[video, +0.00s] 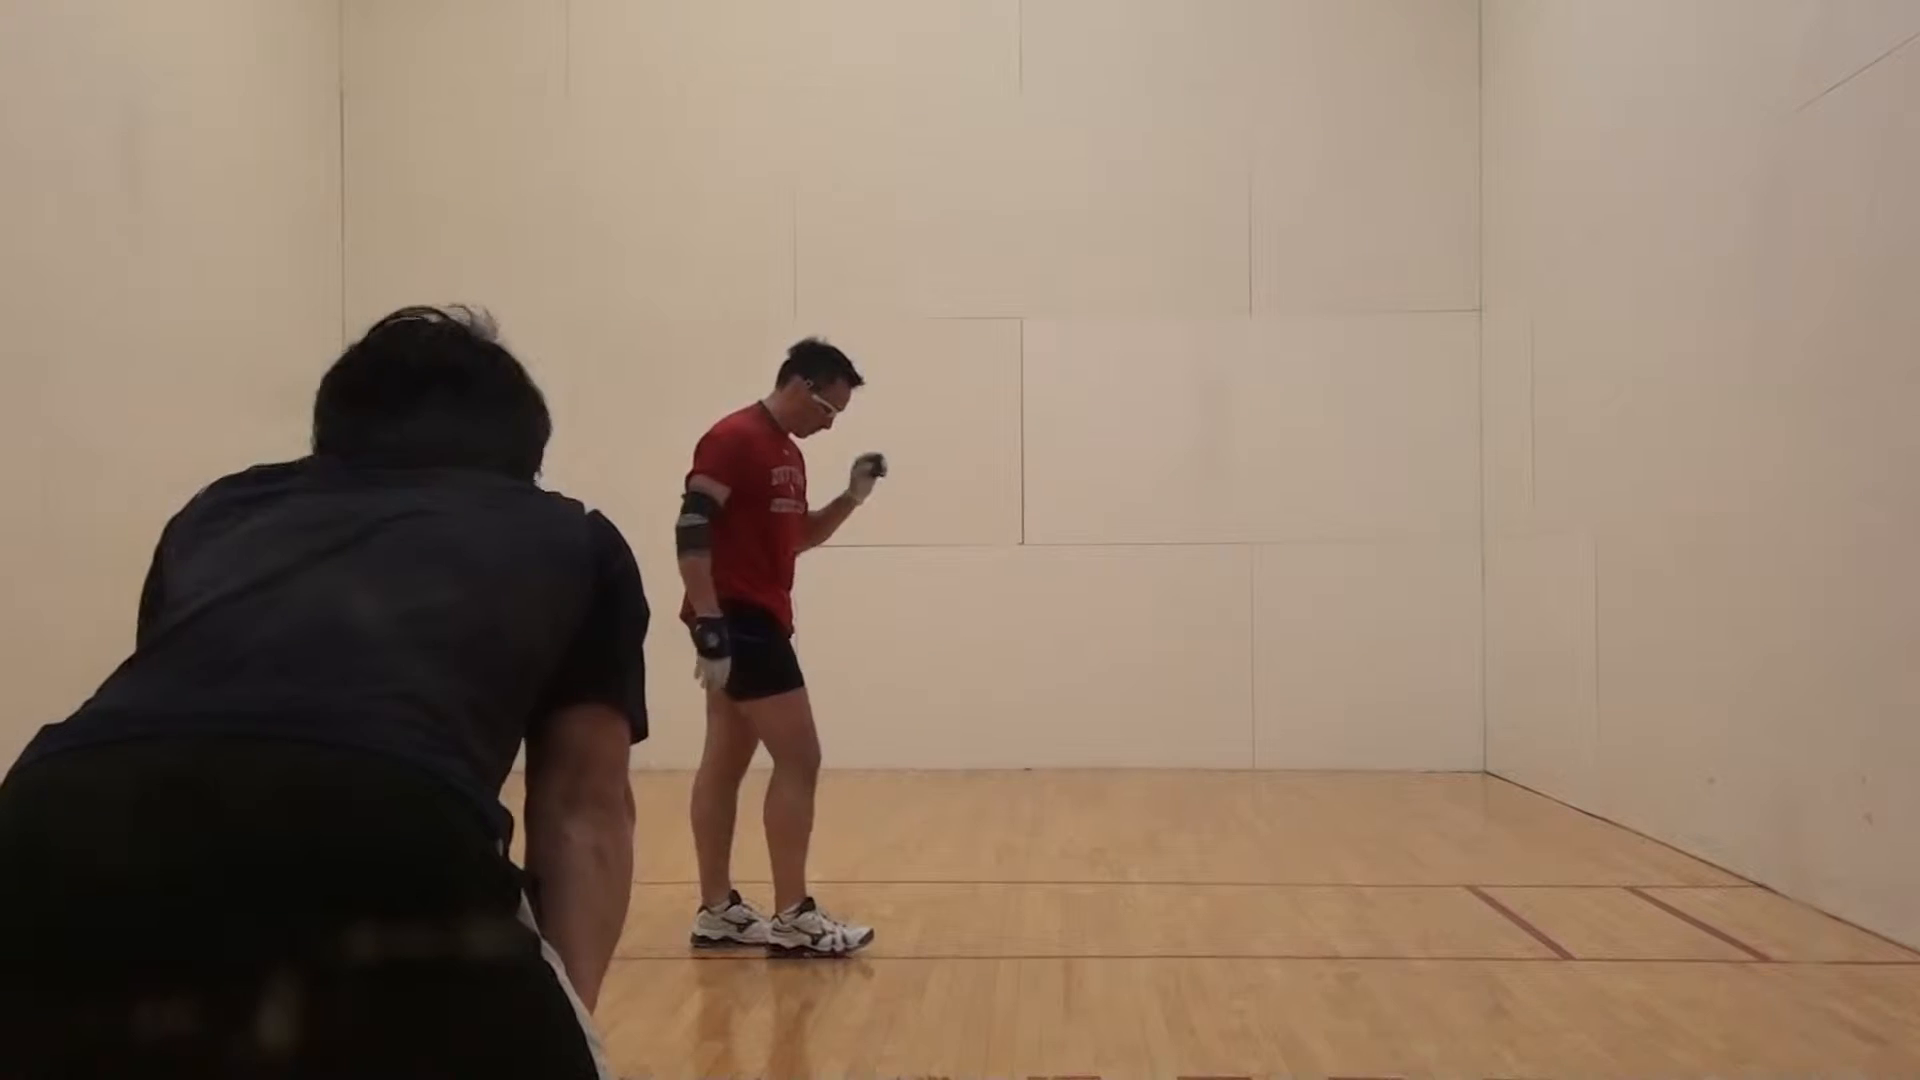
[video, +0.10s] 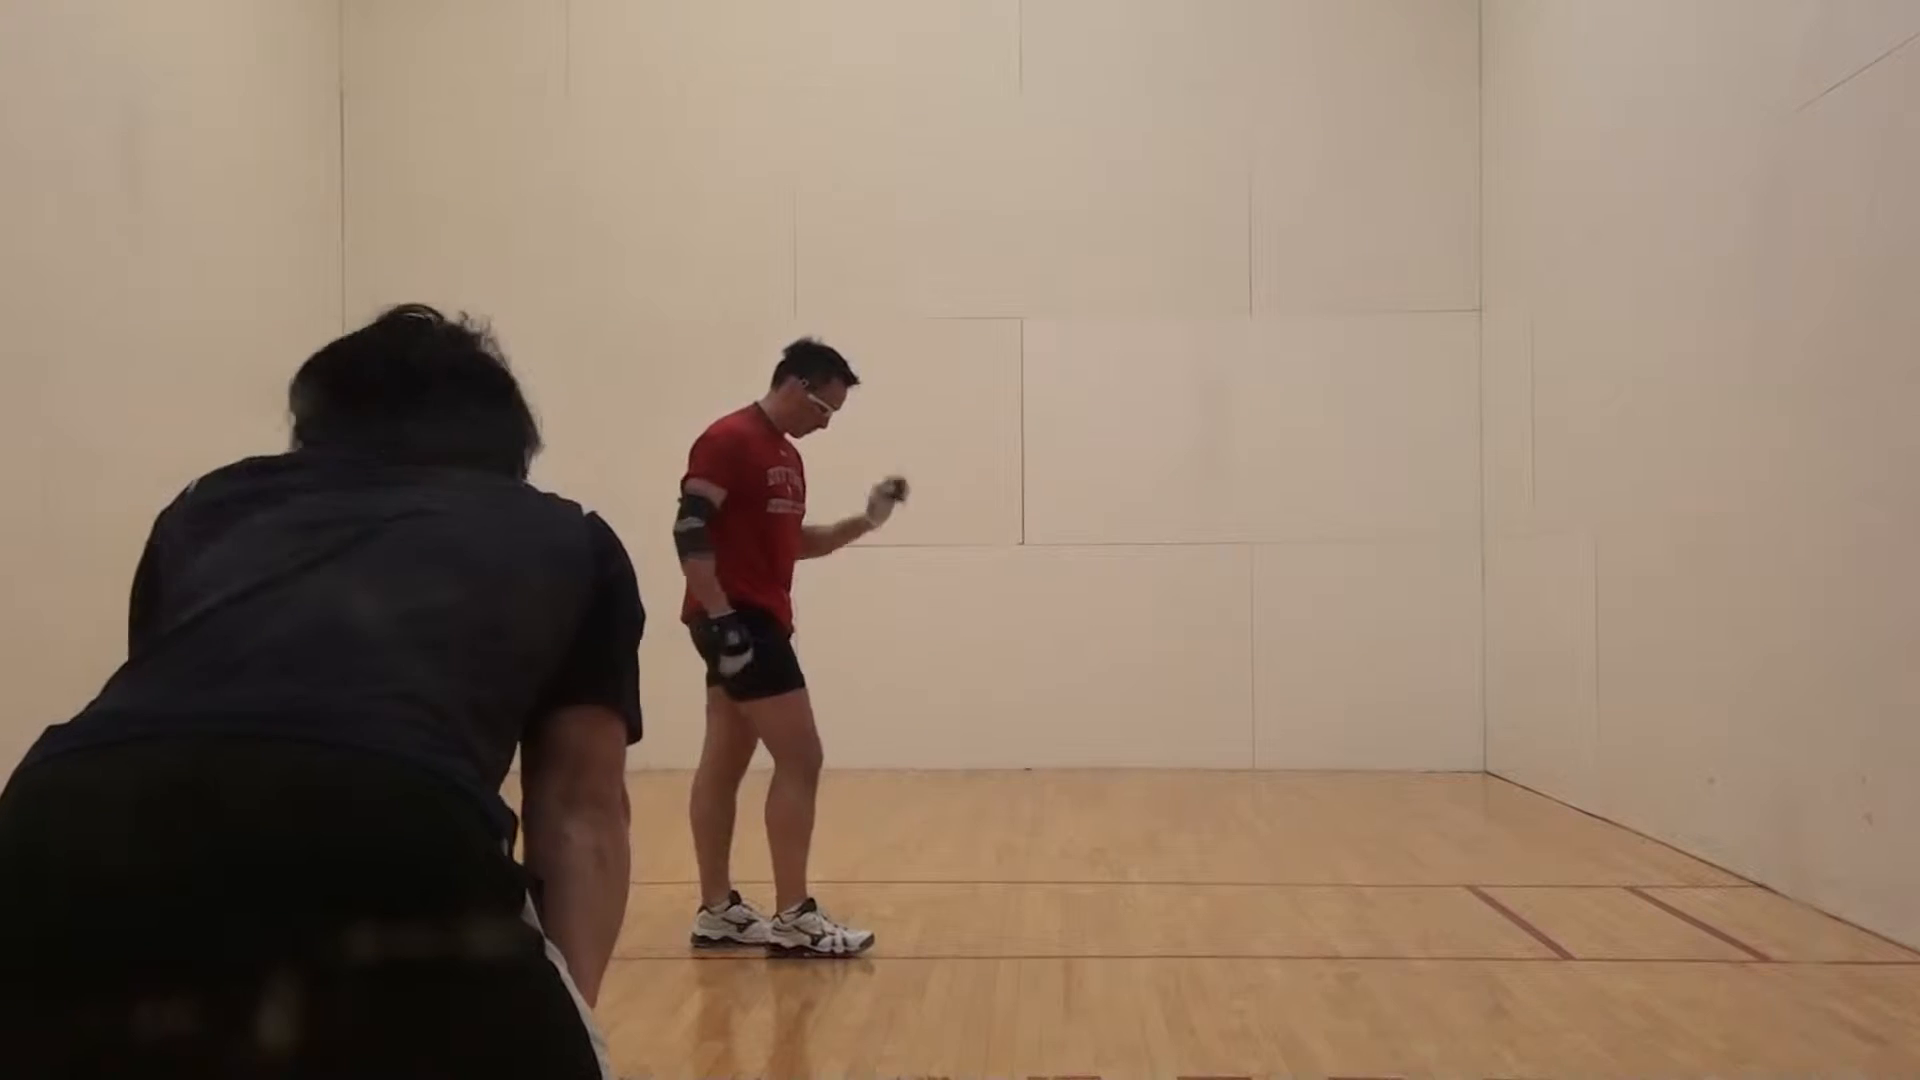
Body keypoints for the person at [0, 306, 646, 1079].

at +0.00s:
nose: (545, 480)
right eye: (535, 462)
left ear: (332, 439)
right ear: (517, 453)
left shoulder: (216, 506)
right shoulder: (573, 538)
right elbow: (584, 803)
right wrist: (560, 1026)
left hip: (66, 834)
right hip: (387, 849)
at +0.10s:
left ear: (315, 437)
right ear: (505, 445)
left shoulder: (203, 503)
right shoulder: (569, 539)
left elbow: (157, 715)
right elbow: (582, 806)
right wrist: (563, 1021)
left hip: (72, 834)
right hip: (393, 845)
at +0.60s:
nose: (215, 433)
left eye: (224, 418)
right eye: (218, 420)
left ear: (256, 419)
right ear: (437, 442)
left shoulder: (166, 485)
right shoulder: (539, 539)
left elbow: (106, 721)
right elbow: (563, 799)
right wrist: (563, 1009)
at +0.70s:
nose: (224, 431)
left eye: (233, 417)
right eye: (226, 420)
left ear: (264, 418)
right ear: (440, 438)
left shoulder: (168, 479)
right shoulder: (539, 537)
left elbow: (107, 718)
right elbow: (565, 805)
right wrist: (561, 1015)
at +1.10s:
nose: (243, 428)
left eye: (256, 412)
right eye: (246, 414)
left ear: (291, 411)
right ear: (449, 433)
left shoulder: (184, 469)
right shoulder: (553, 533)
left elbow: (119, 709)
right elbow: (572, 802)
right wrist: (563, 1015)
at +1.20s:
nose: (241, 426)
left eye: (253, 410)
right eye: (244, 412)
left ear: (289, 410)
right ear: (450, 429)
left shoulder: (188, 467)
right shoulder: (556, 531)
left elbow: (120, 711)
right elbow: (575, 803)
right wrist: (564, 1019)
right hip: (404, 864)